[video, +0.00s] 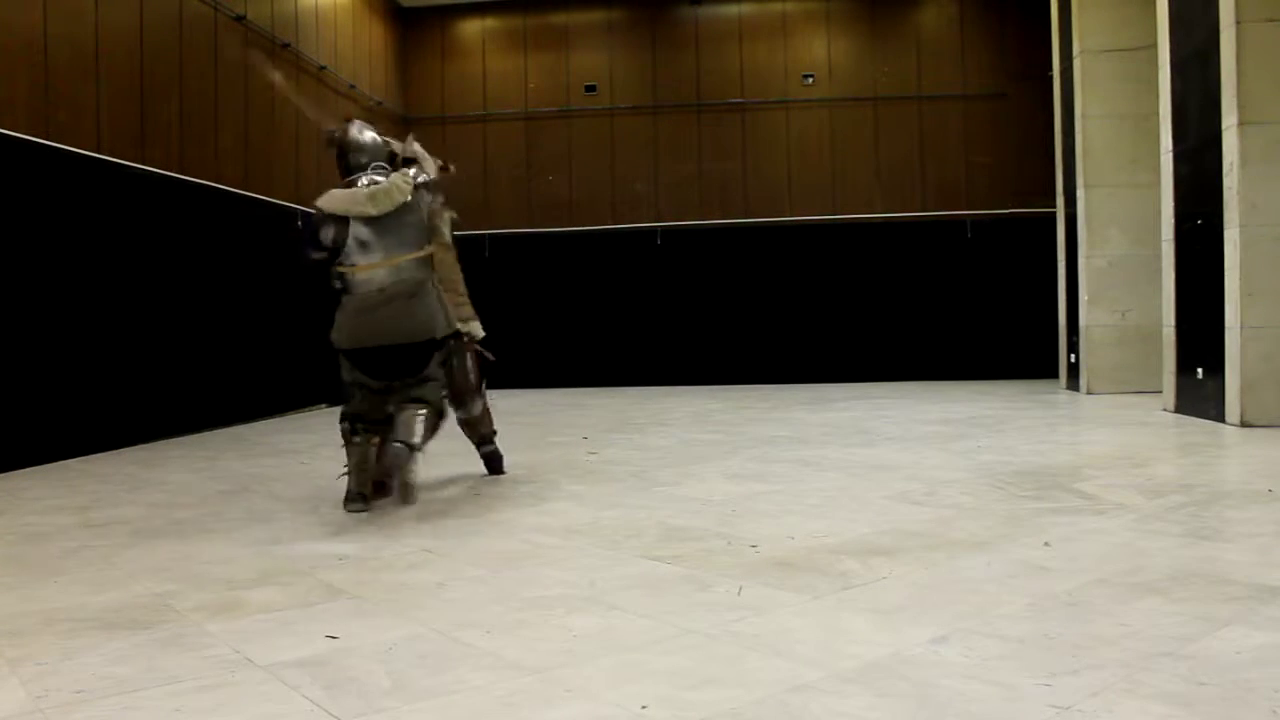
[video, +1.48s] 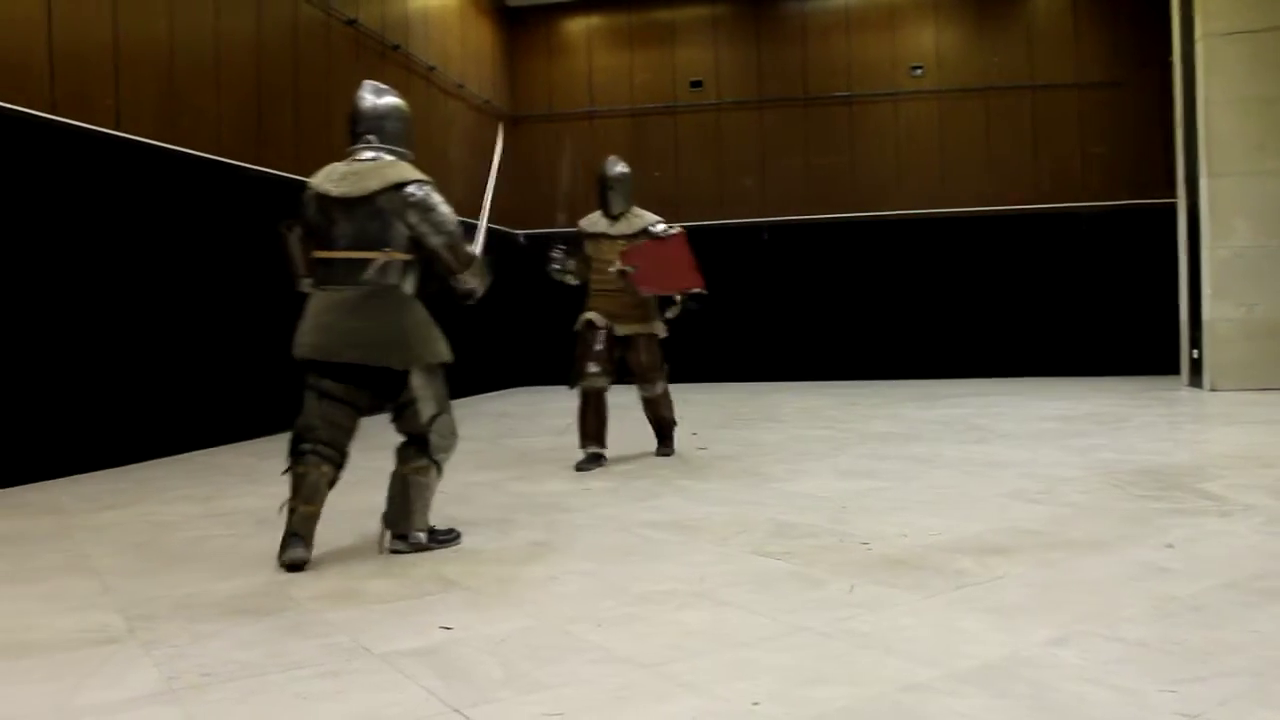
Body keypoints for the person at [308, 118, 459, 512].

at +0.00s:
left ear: (342, 164)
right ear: (387, 156)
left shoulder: (329, 211)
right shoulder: (422, 194)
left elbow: (318, 269)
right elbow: (446, 264)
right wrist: (466, 324)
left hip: (358, 326)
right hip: (418, 321)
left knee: (361, 395)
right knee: (423, 383)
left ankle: (357, 480)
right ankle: (403, 446)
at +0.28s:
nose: (382, 182)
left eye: (386, 175)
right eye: (380, 177)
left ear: (396, 174)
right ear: (376, 179)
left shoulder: (417, 197)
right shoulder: (374, 208)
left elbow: (426, 224)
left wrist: (377, 205)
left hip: (450, 313)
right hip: (406, 319)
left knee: (474, 395)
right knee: (385, 391)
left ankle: (518, 455)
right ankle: (387, 473)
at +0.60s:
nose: (417, 187)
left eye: (421, 178)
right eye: (415, 179)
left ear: (433, 178)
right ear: (422, 181)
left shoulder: (457, 215)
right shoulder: (431, 223)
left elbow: (458, 279)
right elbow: (429, 279)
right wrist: (409, 303)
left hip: (480, 313)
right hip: (445, 317)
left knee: (481, 389)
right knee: (410, 391)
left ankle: (519, 469)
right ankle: (391, 474)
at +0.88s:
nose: (478, 180)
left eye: (485, 171)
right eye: (472, 173)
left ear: (496, 172)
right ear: (463, 176)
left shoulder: (512, 213)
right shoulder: (460, 217)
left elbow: (519, 268)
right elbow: (461, 266)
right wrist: (434, 279)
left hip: (510, 308)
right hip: (470, 312)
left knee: (507, 381)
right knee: (446, 385)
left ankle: (528, 465)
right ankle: (478, 442)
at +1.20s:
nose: (536, 177)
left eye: (542, 168)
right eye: (529, 170)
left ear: (550, 169)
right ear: (518, 172)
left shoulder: (568, 213)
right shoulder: (505, 216)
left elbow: (600, 269)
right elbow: (501, 262)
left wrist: (587, 311)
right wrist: (475, 259)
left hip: (560, 314)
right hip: (518, 315)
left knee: (569, 379)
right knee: (521, 382)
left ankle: (581, 452)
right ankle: (540, 452)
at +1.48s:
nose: (617, 192)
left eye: (621, 185)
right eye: (611, 186)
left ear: (631, 186)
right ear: (602, 188)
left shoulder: (650, 226)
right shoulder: (588, 227)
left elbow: (667, 274)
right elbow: (585, 271)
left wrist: (637, 273)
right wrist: (566, 266)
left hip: (639, 319)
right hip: (599, 317)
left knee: (651, 381)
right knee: (592, 381)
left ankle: (664, 438)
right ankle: (593, 450)